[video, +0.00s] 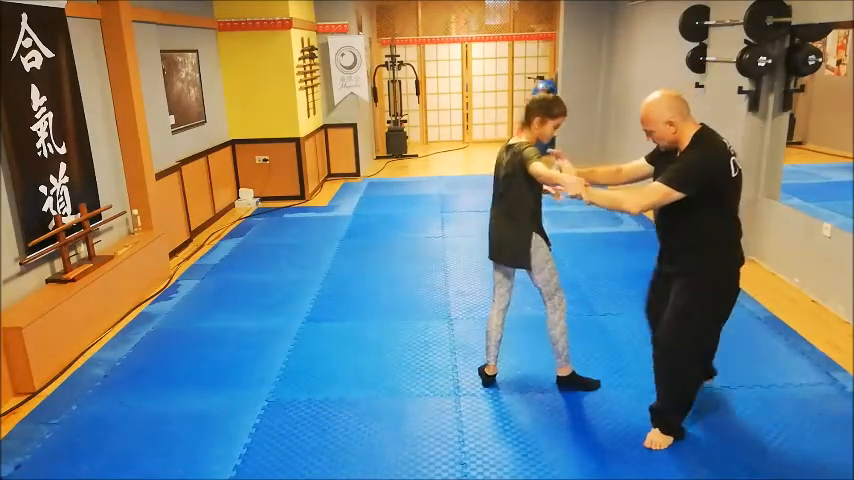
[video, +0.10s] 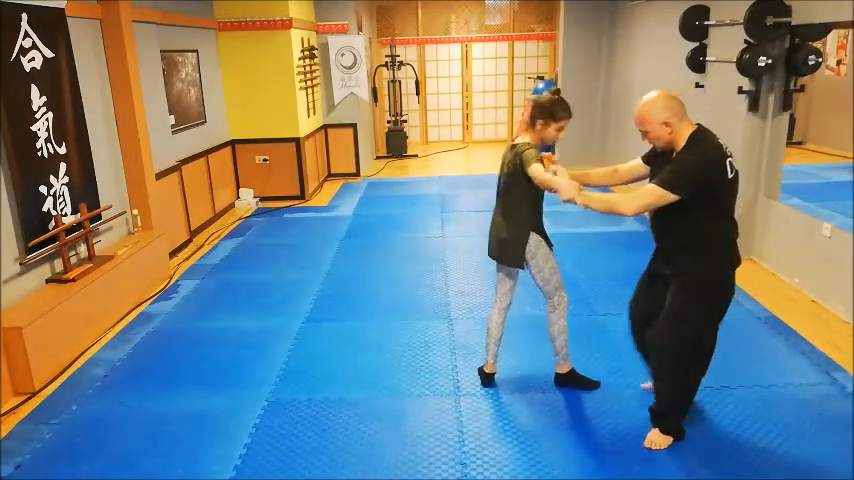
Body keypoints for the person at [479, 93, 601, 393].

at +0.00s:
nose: (556, 133)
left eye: (558, 127)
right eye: (555, 126)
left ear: (532, 122)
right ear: (537, 121)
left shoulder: (508, 147)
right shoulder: (529, 149)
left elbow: (519, 179)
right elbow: (540, 172)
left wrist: (547, 181)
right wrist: (568, 180)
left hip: (500, 234)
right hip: (527, 236)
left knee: (499, 301)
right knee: (554, 300)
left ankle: (489, 369)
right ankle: (565, 372)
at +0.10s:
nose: (560, 135)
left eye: (563, 129)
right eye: (559, 129)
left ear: (536, 122)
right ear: (541, 123)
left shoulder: (514, 148)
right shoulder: (528, 150)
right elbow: (538, 176)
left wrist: (550, 166)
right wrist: (562, 186)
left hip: (503, 234)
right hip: (526, 236)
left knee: (502, 300)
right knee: (557, 298)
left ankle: (489, 367)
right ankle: (564, 369)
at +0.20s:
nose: (565, 137)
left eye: (567, 131)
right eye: (563, 131)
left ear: (543, 124)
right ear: (544, 125)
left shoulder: (524, 147)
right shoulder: (532, 153)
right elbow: (538, 182)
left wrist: (553, 172)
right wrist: (558, 191)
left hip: (510, 232)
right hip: (531, 236)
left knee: (508, 301)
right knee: (558, 299)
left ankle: (489, 365)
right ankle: (563, 369)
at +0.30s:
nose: (566, 139)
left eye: (569, 133)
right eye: (562, 134)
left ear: (545, 127)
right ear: (543, 128)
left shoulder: (542, 150)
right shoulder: (534, 159)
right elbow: (545, 193)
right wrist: (572, 193)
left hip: (526, 233)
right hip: (533, 238)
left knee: (535, 294)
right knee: (559, 301)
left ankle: (497, 350)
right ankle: (563, 371)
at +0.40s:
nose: (565, 141)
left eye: (569, 134)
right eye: (559, 136)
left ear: (574, 126)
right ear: (541, 129)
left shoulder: (558, 149)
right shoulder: (532, 161)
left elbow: (564, 184)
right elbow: (541, 197)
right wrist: (569, 205)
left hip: (552, 226)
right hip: (535, 231)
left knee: (565, 291)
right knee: (554, 300)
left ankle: (514, 335)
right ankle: (561, 370)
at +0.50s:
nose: (558, 143)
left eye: (562, 136)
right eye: (551, 138)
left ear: (568, 128)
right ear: (537, 132)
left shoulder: (569, 147)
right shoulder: (529, 159)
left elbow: (571, 178)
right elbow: (530, 194)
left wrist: (583, 194)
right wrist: (555, 212)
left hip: (563, 224)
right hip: (534, 230)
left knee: (579, 293)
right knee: (549, 302)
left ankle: (544, 332)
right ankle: (559, 369)